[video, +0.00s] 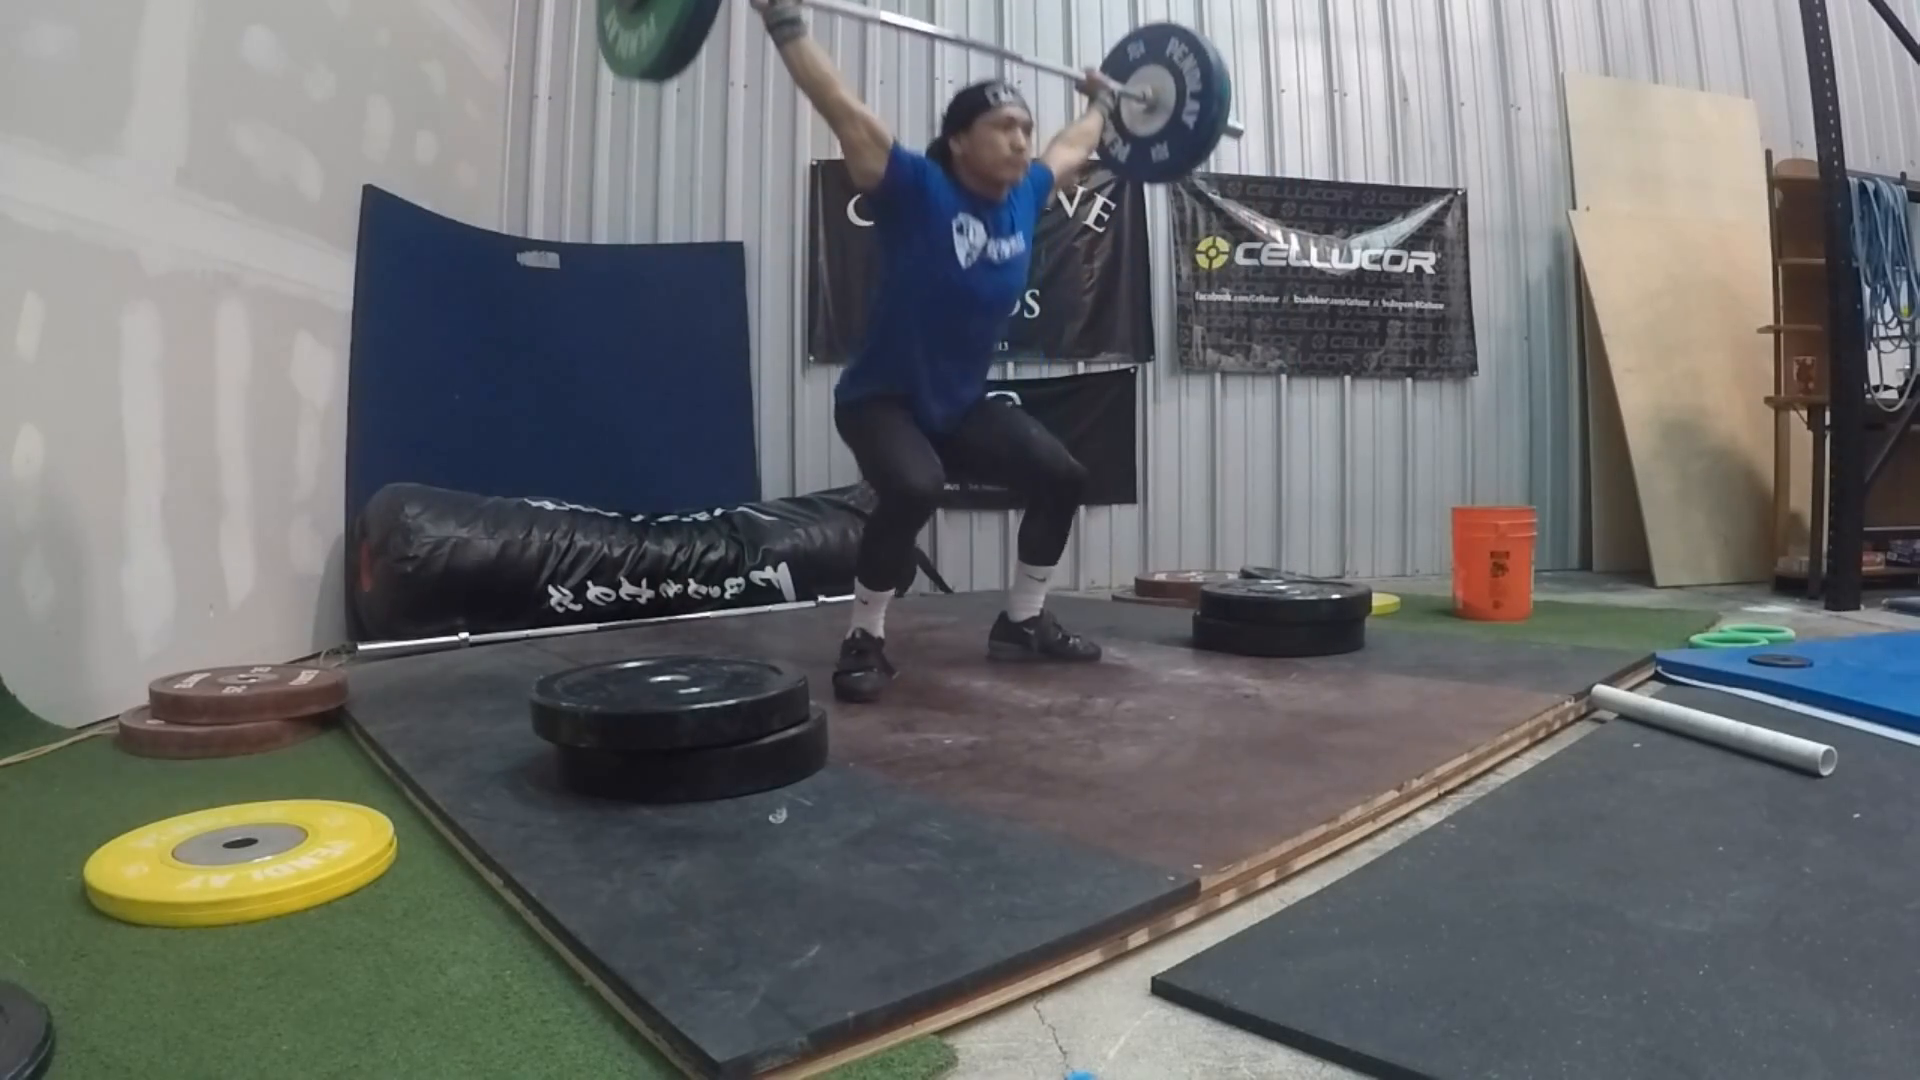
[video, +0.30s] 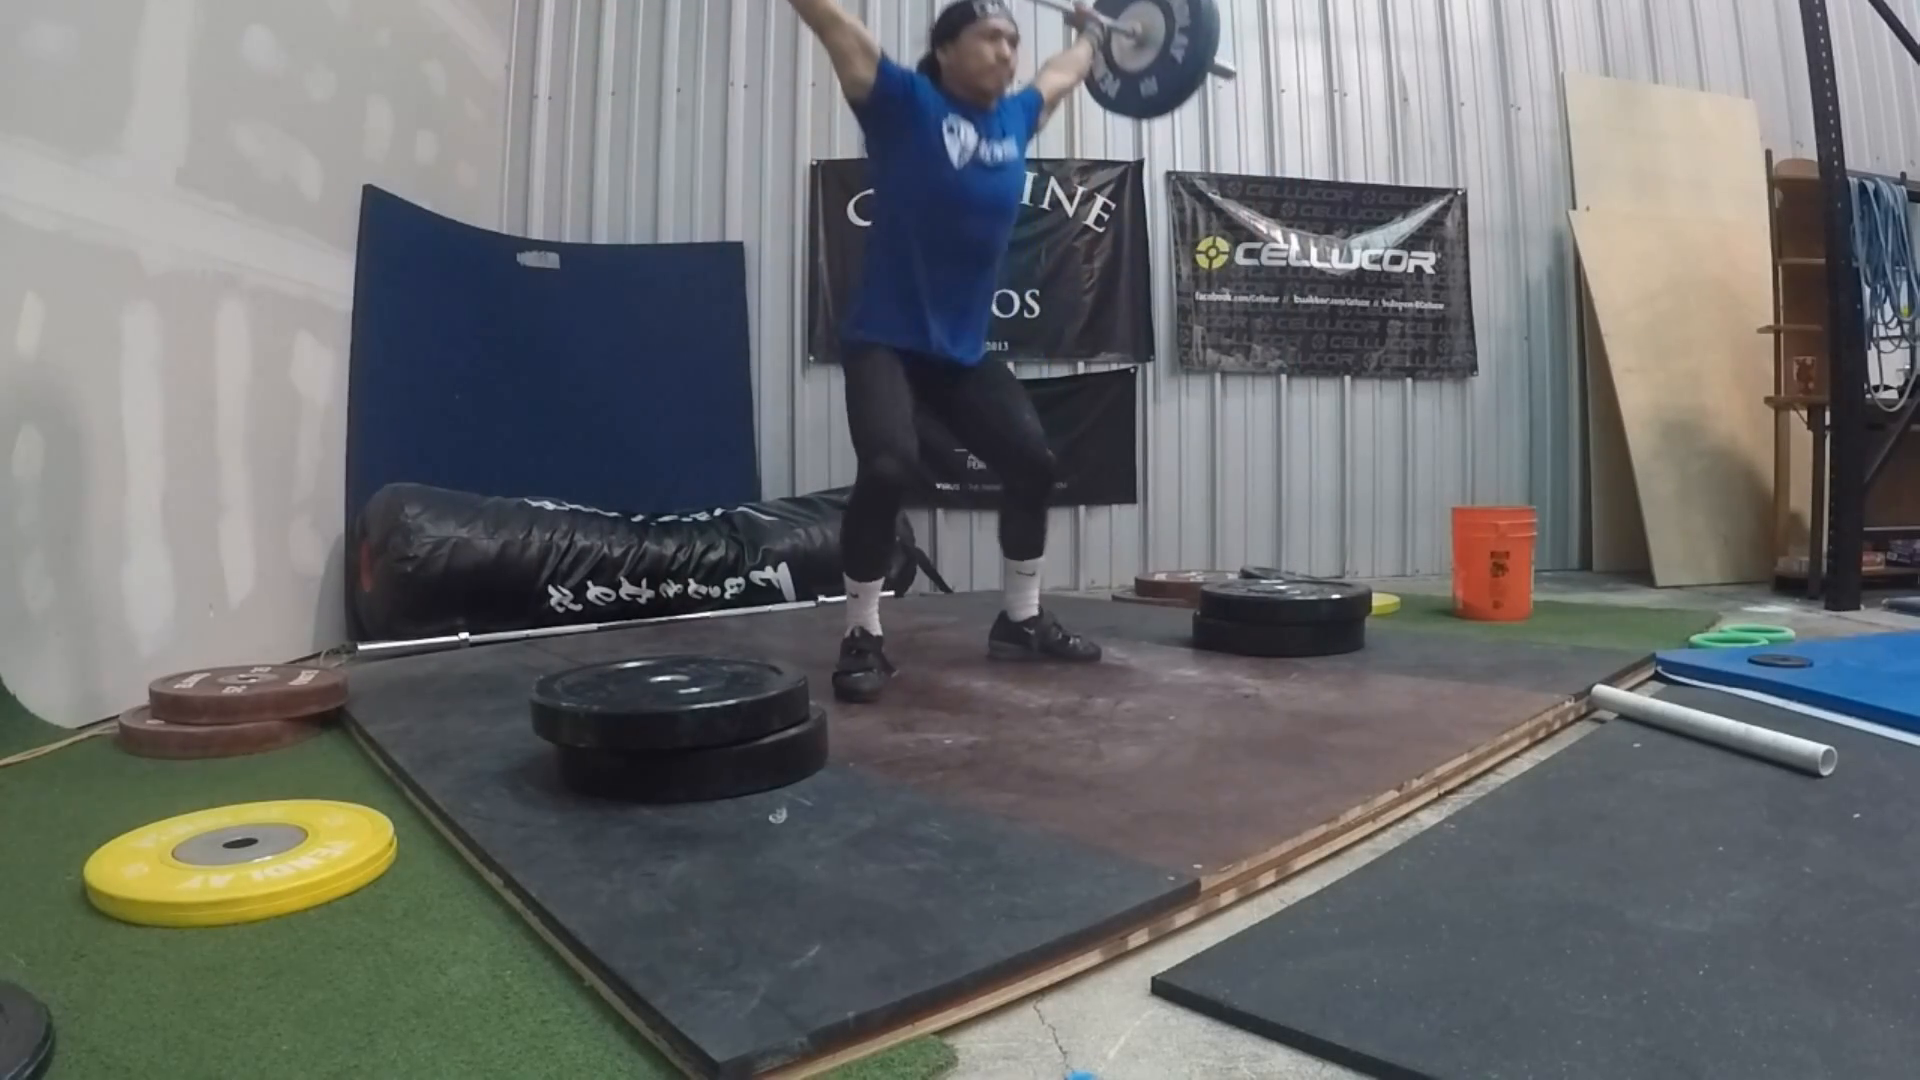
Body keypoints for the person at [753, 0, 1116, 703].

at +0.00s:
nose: (1021, 142)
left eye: (1026, 131)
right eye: (1003, 127)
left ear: (1026, 147)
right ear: (957, 143)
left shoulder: (1025, 193)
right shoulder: (913, 185)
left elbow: (1075, 147)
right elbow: (843, 113)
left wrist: (1105, 103)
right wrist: (784, 23)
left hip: (962, 401)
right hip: (879, 396)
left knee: (1061, 477)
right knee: (916, 486)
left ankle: (1021, 621)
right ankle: (864, 639)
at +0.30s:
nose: (1007, 53)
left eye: (1011, 43)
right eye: (990, 39)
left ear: (1012, 59)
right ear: (944, 51)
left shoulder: (1012, 119)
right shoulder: (901, 102)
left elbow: (1061, 75)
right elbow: (827, 21)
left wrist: (1094, 33)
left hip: (964, 351)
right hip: (882, 341)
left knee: (1032, 462)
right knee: (888, 469)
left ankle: (1020, 619)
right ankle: (863, 636)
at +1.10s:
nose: (929, 57)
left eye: (935, 47)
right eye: (916, 44)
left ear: (940, 55)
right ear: (875, 49)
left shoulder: (950, 115)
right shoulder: (840, 107)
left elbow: (1006, 78)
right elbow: (770, 34)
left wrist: (1043, 28)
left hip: (955, 324)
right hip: (877, 324)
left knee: (978, 456)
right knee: (873, 457)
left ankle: (991, 622)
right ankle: (816, 609)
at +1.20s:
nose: (889, 84)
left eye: (895, 74)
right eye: (876, 72)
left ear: (899, 79)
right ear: (838, 77)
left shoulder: (917, 141)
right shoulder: (804, 134)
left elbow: (985, 110)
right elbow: (727, 70)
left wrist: (1027, 59)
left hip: (920, 340)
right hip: (846, 339)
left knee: (952, 462)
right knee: (853, 470)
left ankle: (989, 622)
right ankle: (770, 598)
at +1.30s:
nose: (851, 105)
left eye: (858, 96)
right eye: (838, 93)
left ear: (862, 108)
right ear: (800, 101)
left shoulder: (873, 171)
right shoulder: (767, 156)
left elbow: (947, 164)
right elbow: (688, 140)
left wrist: (1005, 124)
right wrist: (697, 60)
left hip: (875, 356)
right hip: (801, 355)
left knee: (918, 470)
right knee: (809, 484)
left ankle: (981, 617)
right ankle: (754, 610)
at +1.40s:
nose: (827, 105)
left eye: (835, 97)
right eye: (815, 91)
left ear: (838, 108)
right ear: (778, 97)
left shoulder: (842, 182)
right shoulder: (744, 156)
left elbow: (919, 218)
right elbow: (668, 206)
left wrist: (992, 207)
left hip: (834, 349)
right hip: (765, 347)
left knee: (895, 447)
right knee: (780, 465)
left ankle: (922, 598)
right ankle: (750, 613)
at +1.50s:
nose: (814, 107)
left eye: (822, 99)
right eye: (803, 95)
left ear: (826, 106)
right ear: (768, 93)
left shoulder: (835, 179)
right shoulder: (729, 149)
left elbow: (879, 252)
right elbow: (670, 213)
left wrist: (946, 278)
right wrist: (682, 252)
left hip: (810, 342)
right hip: (741, 339)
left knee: (875, 440)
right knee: (760, 452)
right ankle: (745, 608)